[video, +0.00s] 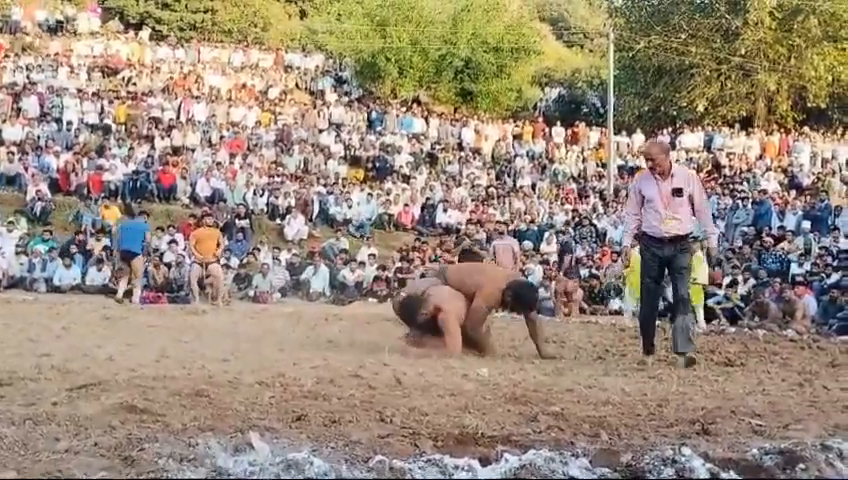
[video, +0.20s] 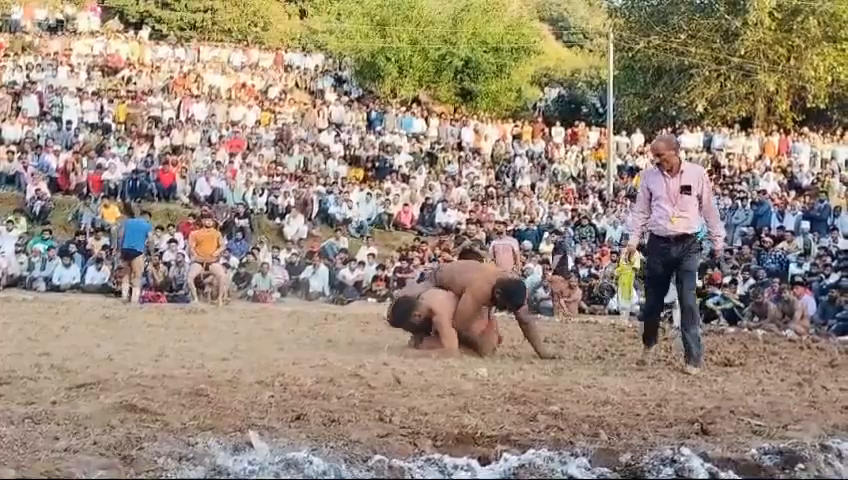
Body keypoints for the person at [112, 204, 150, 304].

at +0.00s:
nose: (147, 221)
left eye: (147, 219)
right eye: (147, 219)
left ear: (136, 216)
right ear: (144, 218)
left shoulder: (125, 223)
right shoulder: (145, 225)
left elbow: (117, 235)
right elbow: (147, 239)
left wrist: (116, 248)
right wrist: (148, 252)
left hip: (123, 249)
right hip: (136, 250)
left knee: (125, 273)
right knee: (138, 276)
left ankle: (119, 294)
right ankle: (135, 299)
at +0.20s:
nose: (149, 220)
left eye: (149, 218)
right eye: (149, 218)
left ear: (139, 215)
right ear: (148, 217)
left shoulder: (127, 221)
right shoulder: (148, 225)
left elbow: (120, 234)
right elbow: (150, 240)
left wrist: (119, 247)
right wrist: (152, 254)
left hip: (125, 248)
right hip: (138, 249)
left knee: (125, 273)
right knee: (137, 276)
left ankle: (124, 296)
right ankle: (135, 299)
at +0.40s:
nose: (148, 222)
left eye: (148, 220)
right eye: (148, 220)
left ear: (139, 216)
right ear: (147, 218)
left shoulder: (127, 221)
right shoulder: (146, 225)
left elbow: (120, 234)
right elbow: (148, 240)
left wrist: (118, 247)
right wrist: (149, 252)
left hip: (124, 247)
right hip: (137, 249)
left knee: (125, 274)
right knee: (135, 275)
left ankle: (124, 296)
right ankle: (133, 298)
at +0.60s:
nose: (144, 222)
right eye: (144, 221)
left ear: (133, 218)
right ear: (142, 220)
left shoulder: (122, 223)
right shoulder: (142, 225)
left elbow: (117, 236)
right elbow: (143, 239)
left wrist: (114, 247)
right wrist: (143, 253)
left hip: (120, 247)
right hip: (132, 248)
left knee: (121, 274)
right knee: (137, 273)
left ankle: (120, 297)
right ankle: (132, 296)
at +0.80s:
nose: (143, 232)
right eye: (143, 230)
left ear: (134, 226)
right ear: (140, 229)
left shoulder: (122, 230)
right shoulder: (139, 232)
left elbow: (114, 239)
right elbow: (140, 246)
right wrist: (141, 259)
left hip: (114, 246)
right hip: (126, 248)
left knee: (117, 272)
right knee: (134, 272)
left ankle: (116, 297)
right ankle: (136, 296)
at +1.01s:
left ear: (135, 237)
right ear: (142, 241)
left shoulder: (125, 240)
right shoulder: (140, 244)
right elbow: (141, 259)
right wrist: (143, 271)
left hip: (113, 254)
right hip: (126, 256)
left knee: (116, 277)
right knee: (139, 275)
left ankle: (113, 298)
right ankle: (135, 299)